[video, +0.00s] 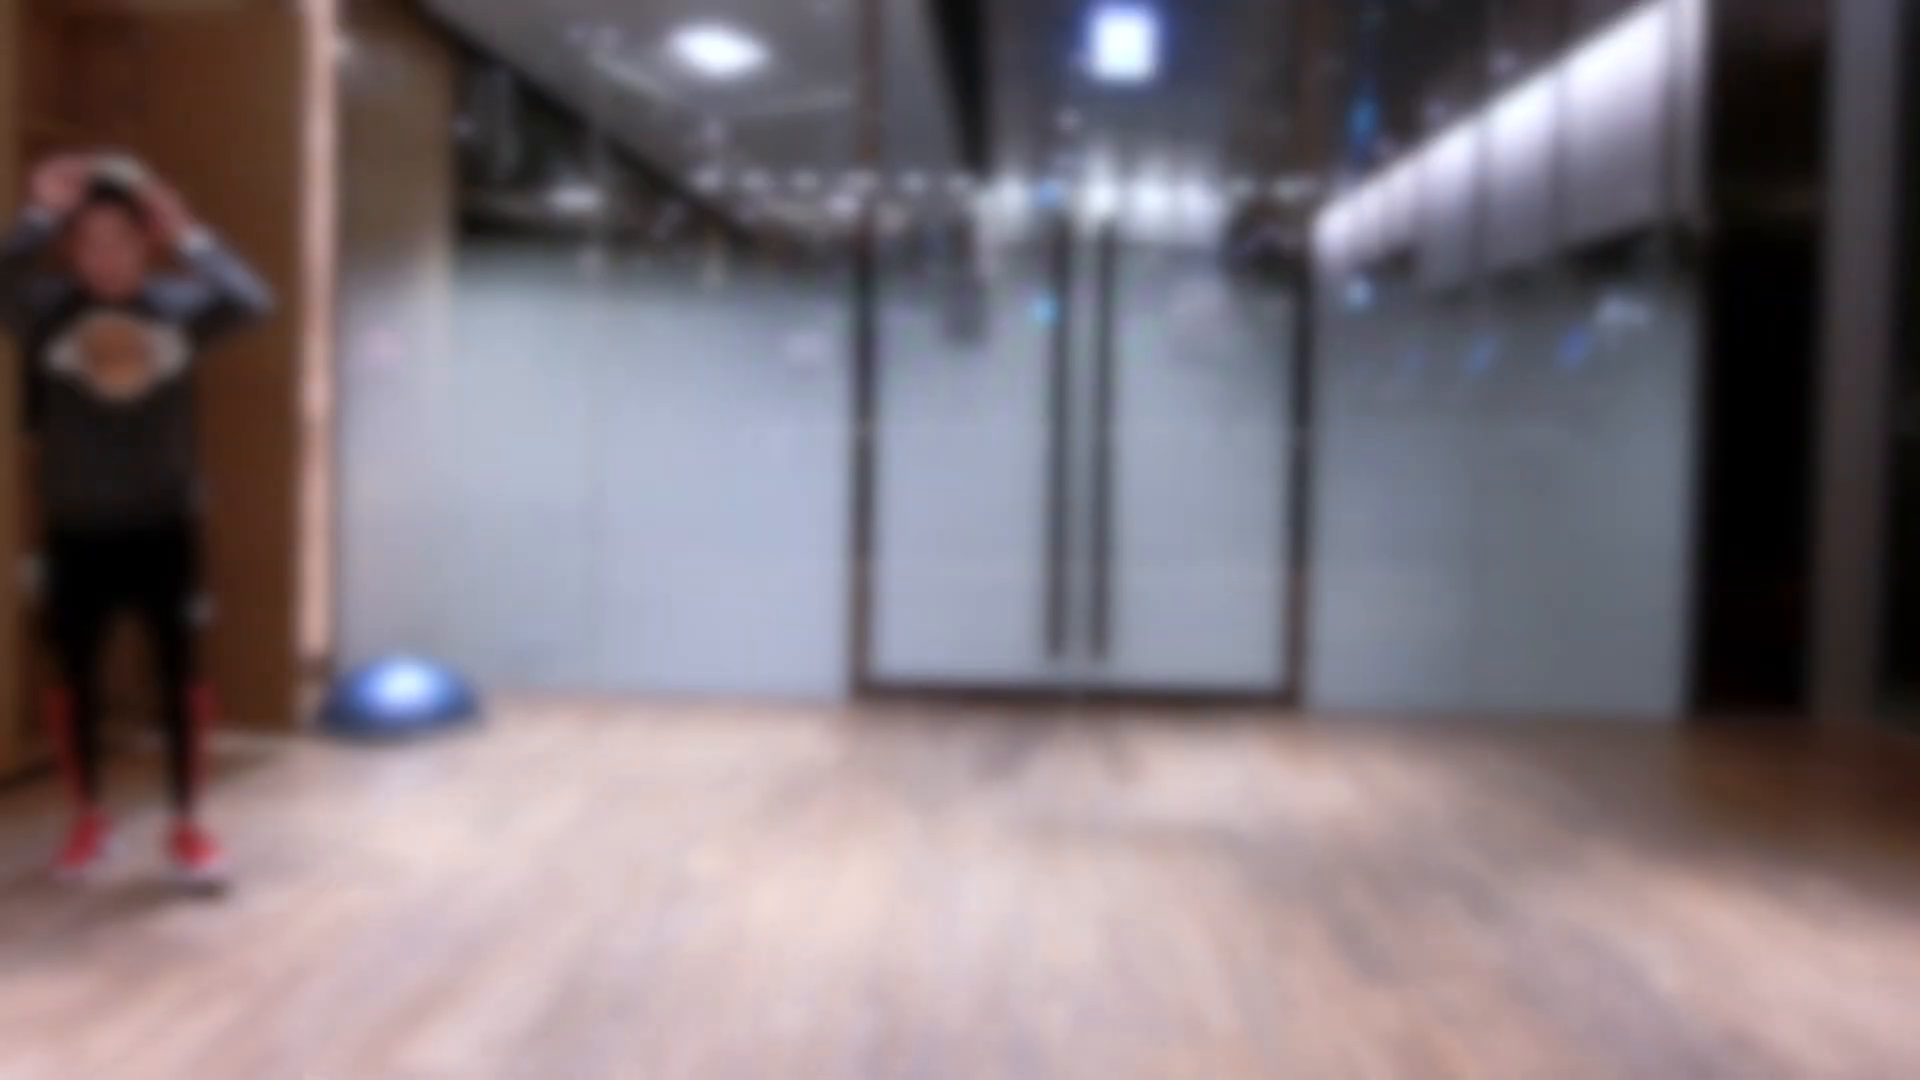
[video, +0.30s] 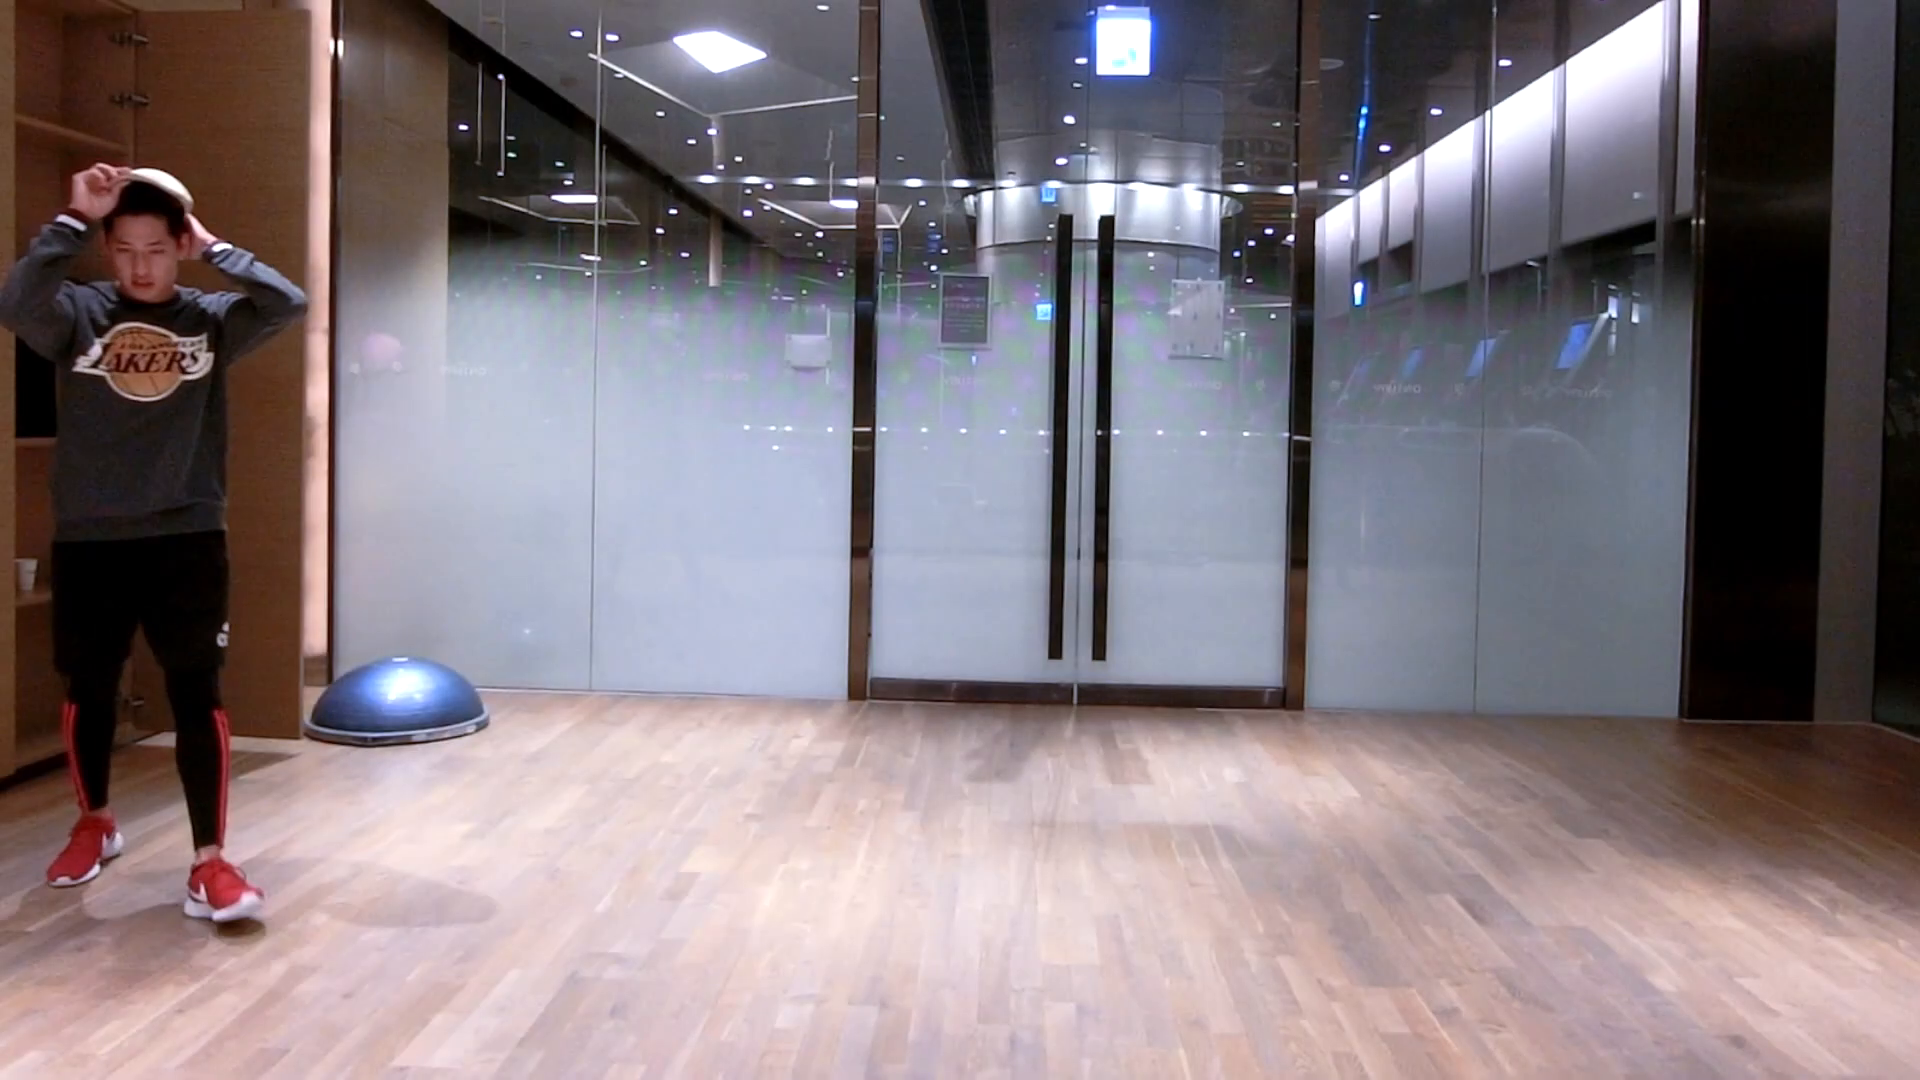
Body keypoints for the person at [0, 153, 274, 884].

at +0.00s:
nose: (105, 250)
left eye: (119, 235)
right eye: (92, 237)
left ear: (145, 244)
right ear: (69, 248)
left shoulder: (173, 315)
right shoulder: (52, 315)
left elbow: (249, 305)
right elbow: (10, 280)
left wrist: (186, 237)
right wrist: (39, 218)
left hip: (162, 521)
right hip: (77, 524)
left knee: (180, 673)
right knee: (74, 676)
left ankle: (186, 821)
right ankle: (86, 816)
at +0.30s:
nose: (140, 264)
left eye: (154, 249)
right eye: (126, 250)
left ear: (180, 252)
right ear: (107, 251)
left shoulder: (209, 325)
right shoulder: (80, 314)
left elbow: (288, 303)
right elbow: (21, 305)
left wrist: (214, 249)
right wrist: (76, 221)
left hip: (186, 537)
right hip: (92, 538)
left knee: (197, 696)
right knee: (89, 692)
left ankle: (210, 860)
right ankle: (94, 823)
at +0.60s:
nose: (194, 251)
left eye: (207, 234)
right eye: (179, 237)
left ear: (235, 234)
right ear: (160, 238)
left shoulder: (270, 310)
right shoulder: (140, 304)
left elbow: (347, 289)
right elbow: (71, 300)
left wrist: (268, 240)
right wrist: (130, 204)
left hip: (243, 533)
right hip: (146, 533)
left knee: (235, 703)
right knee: (116, 705)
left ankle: (220, 868)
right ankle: (113, 814)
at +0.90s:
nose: (233, 250)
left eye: (247, 233)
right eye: (218, 235)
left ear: (272, 233)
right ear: (195, 235)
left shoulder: (305, 307)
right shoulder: (176, 298)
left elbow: (391, 301)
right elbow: (110, 310)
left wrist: (306, 245)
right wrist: (170, 211)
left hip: (281, 537)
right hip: (189, 535)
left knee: (253, 720)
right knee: (205, 717)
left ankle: (220, 873)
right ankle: (212, 905)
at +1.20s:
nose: (269, 234)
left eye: (284, 219)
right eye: (252, 217)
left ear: (307, 229)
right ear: (224, 227)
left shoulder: (334, 306)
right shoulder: (191, 299)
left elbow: (425, 282)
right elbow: (155, 369)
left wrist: (338, 225)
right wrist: (211, 259)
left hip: (320, 551)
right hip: (228, 548)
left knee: (289, 741)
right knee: (248, 742)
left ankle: (227, 854)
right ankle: (284, 944)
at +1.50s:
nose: (315, 176)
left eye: (322, 164)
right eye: (296, 162)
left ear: (335, 196)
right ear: (252, 190)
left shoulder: (353, 288)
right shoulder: (199, 276)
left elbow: (449, 265)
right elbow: (212, 350)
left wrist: (365, 192)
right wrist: (286, 239)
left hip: (350, 546)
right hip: (243, 554)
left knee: (373, 740)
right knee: (256, 753)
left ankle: (357, 923)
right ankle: (286, 949)